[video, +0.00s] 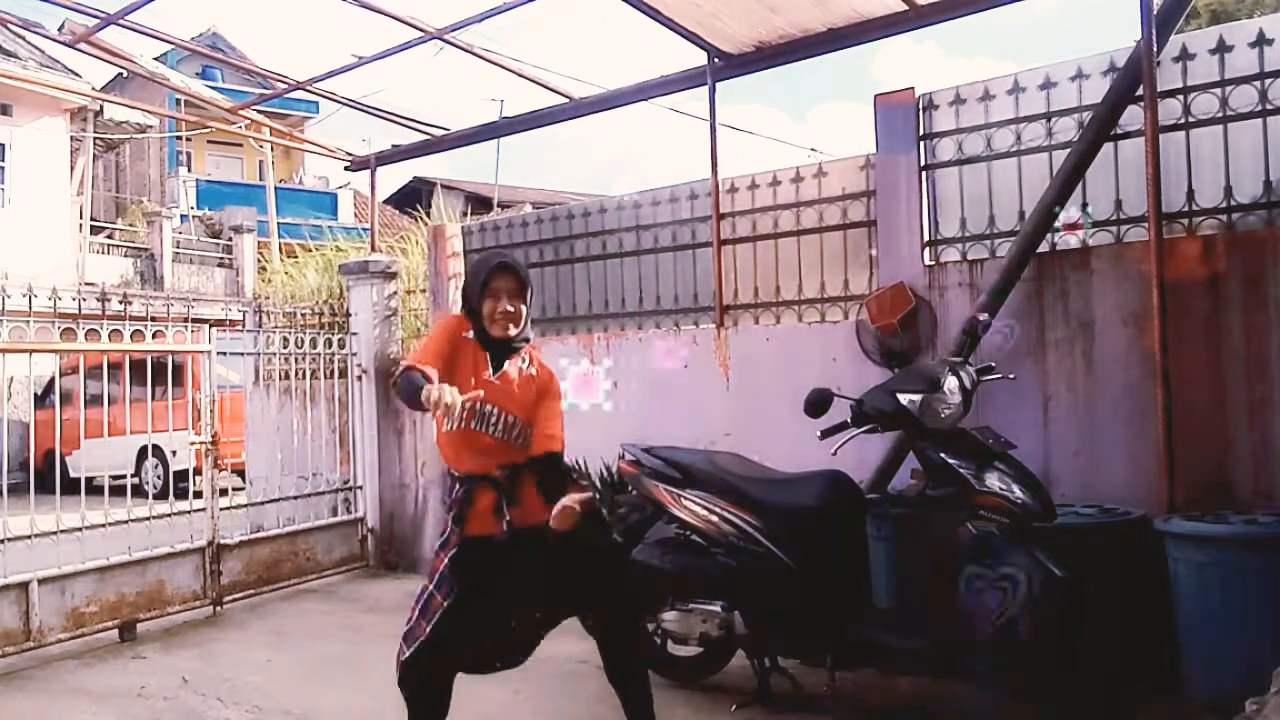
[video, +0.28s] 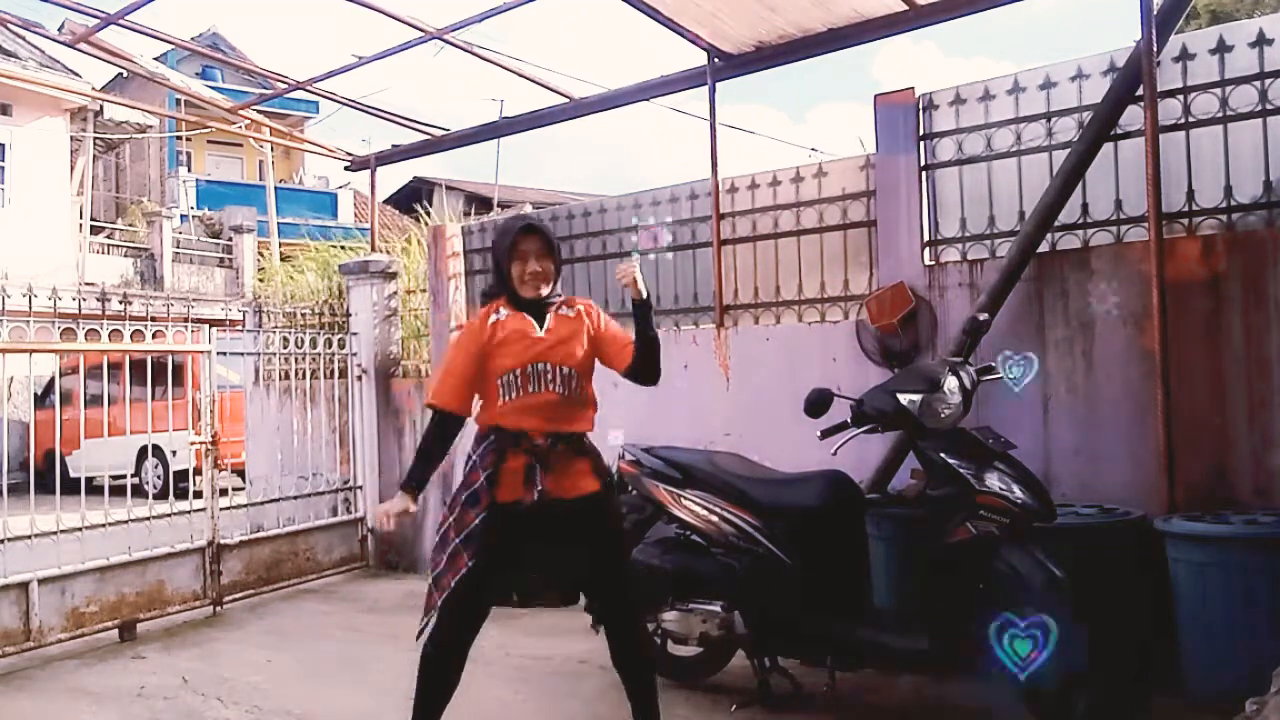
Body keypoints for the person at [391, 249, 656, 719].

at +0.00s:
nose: (507, 307)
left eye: (516, 297)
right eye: (495, 296)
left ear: (527, 305)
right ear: (473, 301)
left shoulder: (541, 376)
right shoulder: (453, 331)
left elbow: (547, 459)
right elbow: (406, 380)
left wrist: (565, 499)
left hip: (542, 527)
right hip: (477, 533)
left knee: (617, 617)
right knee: (419, 662)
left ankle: (642, 714)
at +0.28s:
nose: (535, 267)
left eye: (543, 256)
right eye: (522, 258)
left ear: (557, 261)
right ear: (503, 267)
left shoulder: (584, 317)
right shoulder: (483, 328)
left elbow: (647, 370)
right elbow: (447, 415)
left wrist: (641, 302)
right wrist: (408, 492)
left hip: (580, 490)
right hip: (503, 495)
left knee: (624, 625)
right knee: (454, 628)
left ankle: (647, 714)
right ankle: (424, 716)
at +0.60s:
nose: (560, 264)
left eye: (569, 254)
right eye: (547, 256)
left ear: (582, 260)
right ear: (532, 265)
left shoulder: (615, 315)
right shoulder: (514, 326)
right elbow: (483, 418)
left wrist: (658, 263)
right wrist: (439, 494)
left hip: (593, 489)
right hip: (516, 491)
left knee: (629, 618)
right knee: (461, 616)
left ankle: (645, 714)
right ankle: (422, 714)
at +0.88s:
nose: (531, 272)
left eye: (541, 262)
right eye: (520, 263)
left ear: (555, 267)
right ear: (505, 272)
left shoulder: (588, 316)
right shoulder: (486, 335)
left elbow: (661, 339)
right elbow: (450, 415)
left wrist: (729, 375)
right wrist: (415, 358)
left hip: (571, 477)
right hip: (497, 478)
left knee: (616, 610)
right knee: (456, 609)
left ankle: (644, 714)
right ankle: (420, 717)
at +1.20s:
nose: (510, 286)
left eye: (519, 276)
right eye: (498, 276)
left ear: (531, 284)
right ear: (477, 283)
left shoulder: (544, 345)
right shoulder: (449, 326)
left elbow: (593, 413)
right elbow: (391, 373)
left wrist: (601, 345)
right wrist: (354, 424)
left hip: (550, 474)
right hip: (478, 481)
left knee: (605, 601)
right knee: (446, 620)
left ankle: (636, 712)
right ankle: (422, 714)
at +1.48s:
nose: (548, 299)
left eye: (556, 287)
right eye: (534, 291)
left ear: (570, 292)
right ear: (518, 301)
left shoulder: (604, 334)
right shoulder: (506, 369)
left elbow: (679, 318)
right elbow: (482, 447)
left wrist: (643, 312)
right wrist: (447, 476)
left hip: (588, 520)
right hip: (516, 525)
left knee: (630, 637)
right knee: (461, 635)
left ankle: (637, 715)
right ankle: (430, 716)